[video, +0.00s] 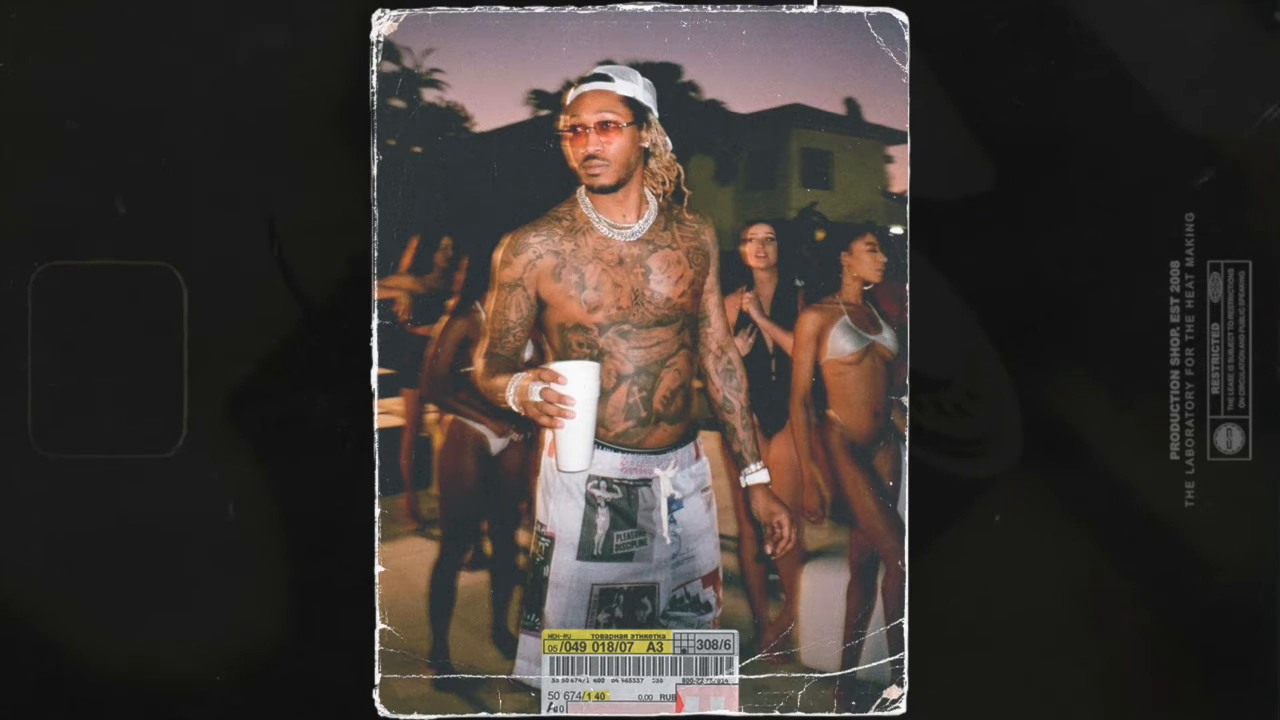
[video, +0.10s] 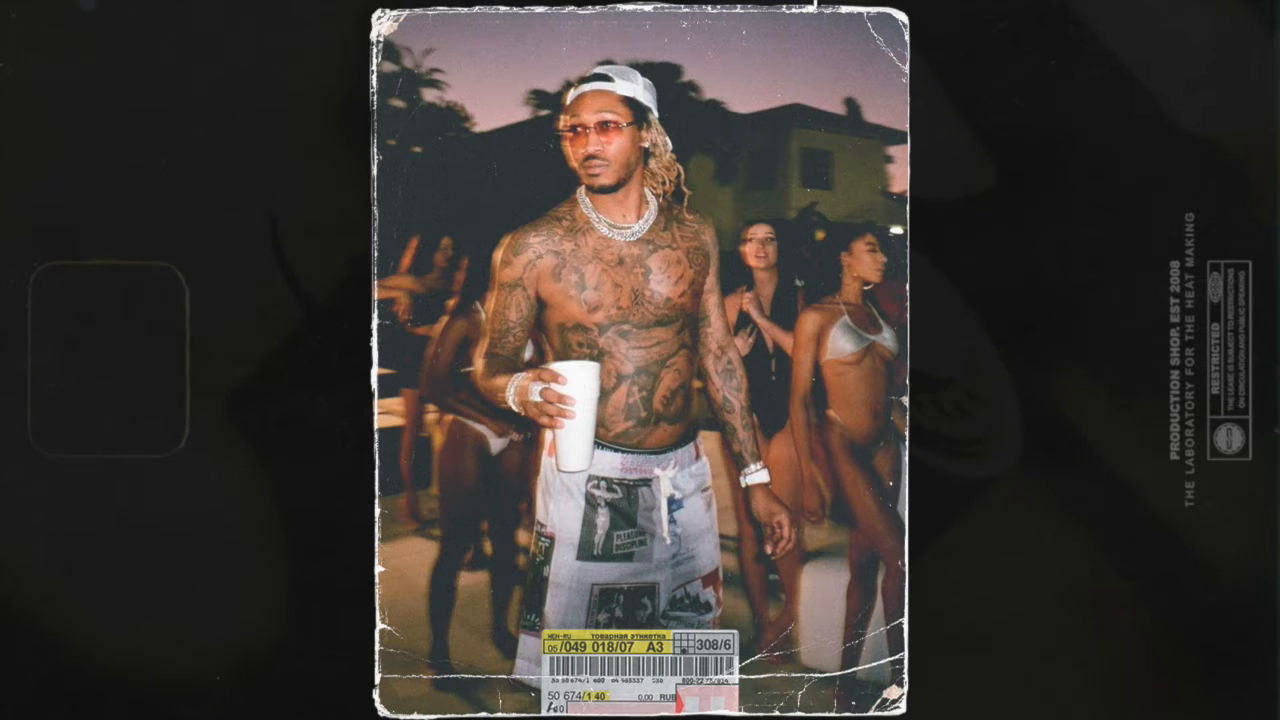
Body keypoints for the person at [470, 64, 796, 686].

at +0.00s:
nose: (590, 143)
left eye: (608, 126)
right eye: (576, 130)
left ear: (646, 138)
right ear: (565, 143)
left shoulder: (693, 236)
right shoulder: (532, 248)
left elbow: (720, 358)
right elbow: (490, 366)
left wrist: (756, 481)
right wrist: (516, 389)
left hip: (681, 477)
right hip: (582, 482)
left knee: (690, 663)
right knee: (573, 667)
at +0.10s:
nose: (589, 143)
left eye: (608, 126)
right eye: (576, 130)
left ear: (645, 138)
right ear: (564, 143)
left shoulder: (693, 235)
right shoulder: (532, 248)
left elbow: (719, 359)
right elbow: (490, 366)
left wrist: (757, 481)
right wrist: (516, 389)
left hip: (681, 477)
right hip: (582, 482)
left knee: (689, 662)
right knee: (574, 667)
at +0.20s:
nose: (589, 143)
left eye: (608, 126)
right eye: (576, 130)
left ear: (646, 138)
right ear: (565, 143)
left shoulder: (693, 236)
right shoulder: (532, 248)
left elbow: (720, 358)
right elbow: (490, 366)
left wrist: (756, 481)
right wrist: (516, 389)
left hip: (681, 477)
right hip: (582, 482)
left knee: (690, 663)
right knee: (573, 667)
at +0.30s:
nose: (589, 144)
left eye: (608, 126)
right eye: (576, 130)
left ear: (645, 138)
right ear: (564, 143)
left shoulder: (693, 235)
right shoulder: (532, 248)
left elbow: (719, 359)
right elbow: (490, 366)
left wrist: (757, 482)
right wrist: (516, 389)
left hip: (681, 477)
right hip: (582, 482)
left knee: (689, 662)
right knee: (574, 667)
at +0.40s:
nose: (589, 143)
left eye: (608, 126)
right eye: (576, 130)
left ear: (645, 138)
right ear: (564, 143)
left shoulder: (693, 235)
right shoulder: (532, 248)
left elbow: (719, 359)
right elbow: (490, 366)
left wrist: (757, 481)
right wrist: (516, 389)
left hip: (681, 477)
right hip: (582, 482)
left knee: (689, 662)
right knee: (574, 667)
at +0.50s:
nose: (590, 143)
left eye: (608, 126)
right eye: (576, 130)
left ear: (646, 138)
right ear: (565, 143)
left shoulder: (693, 236)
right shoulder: (532, 248)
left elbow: (720, 358)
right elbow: (490, 366)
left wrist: (756, 481)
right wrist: (516, 389)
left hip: (681, 477)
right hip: (582, 482)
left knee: (690, 663)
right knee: (574, 666)